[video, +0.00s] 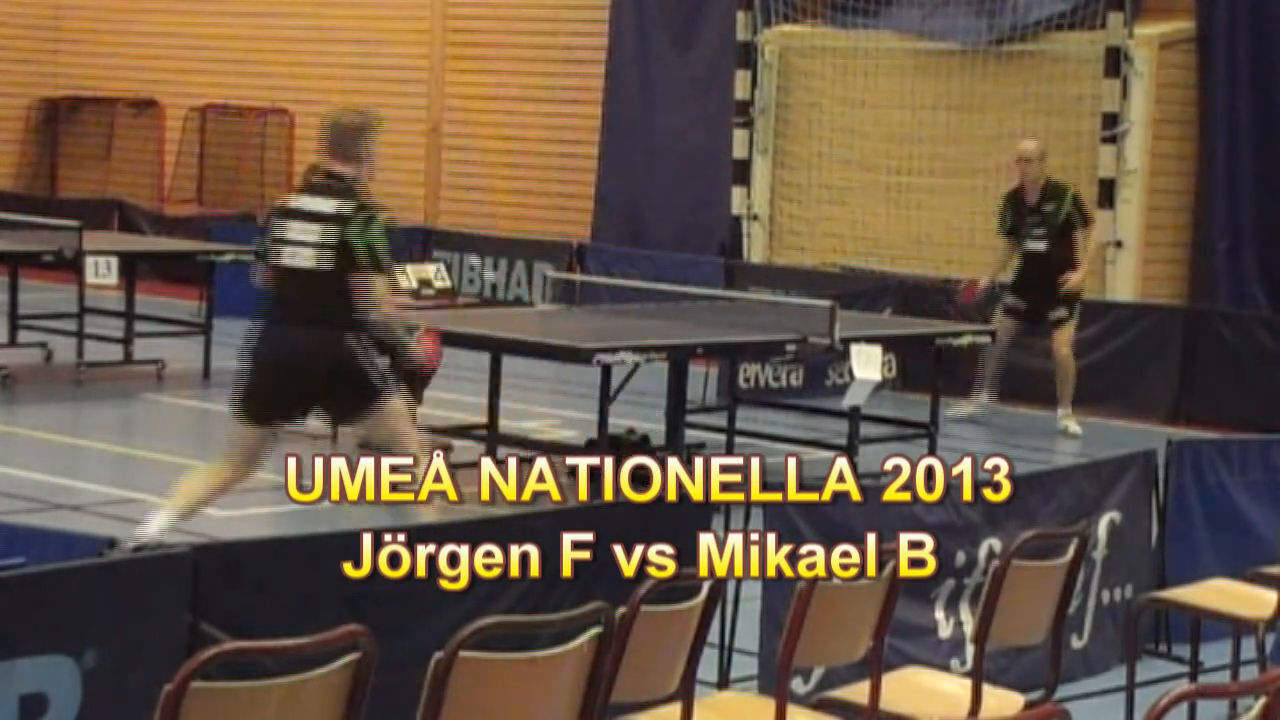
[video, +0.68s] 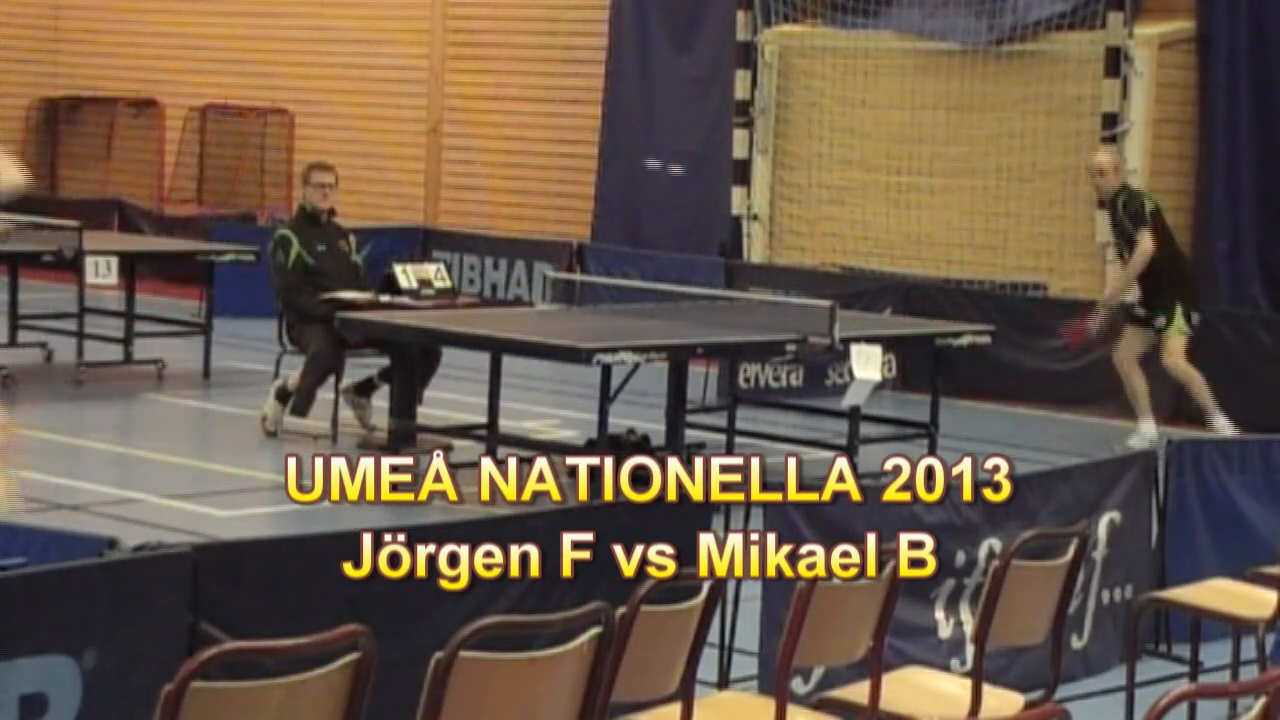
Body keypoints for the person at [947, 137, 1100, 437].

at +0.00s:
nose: (1023, 167)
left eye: (1029, 162)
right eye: (1019, 162)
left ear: (1043, 164)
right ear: (1015, 164)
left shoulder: (1065, 195)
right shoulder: (1012, 200)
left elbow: (1089, 234)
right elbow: (1010, 245)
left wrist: (1080, 272)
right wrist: (989, 276)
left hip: (1060, 278)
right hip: (1026, 276)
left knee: (1061, 348)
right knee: (999, 334)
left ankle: (1065, 413)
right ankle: (984, 397)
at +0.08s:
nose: (1031, 158)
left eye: (1037, 151)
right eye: (1028, 152)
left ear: (1051, 153)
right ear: (1023, 156)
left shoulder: (1076, 187)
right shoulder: (1026, 191)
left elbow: (1099, 224)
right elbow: (1023, 238)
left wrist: (1095, 260)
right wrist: (1000, 269)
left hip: (1076, 268)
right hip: (1044, 266)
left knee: (1070, 343)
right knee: (1018, 333)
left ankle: (1072, 411)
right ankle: (1025, 403)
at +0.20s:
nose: (1048, 157)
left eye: (1054, 150)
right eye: (1043, 151)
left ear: (1067, 151)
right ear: (1038, 154)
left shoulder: (1089, 184)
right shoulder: (1042, 191)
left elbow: (1117, 226)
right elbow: (1040, 240)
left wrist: (1103, 261)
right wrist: (1017, 267)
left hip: (1096, 270)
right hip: (1065, 270)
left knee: (1094, 341)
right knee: (1050, 341)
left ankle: (1119, 410)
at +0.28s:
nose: (1060, 165)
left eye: (1065, 159)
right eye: (1055, 160)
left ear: (1078, 159)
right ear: (1049, 163)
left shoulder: (1099, 191)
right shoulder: (1054, 200)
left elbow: (1129, 234)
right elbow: (1051, 248)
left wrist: (1107, 271)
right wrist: (1028, 274)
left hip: (1109, 280)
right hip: (1077, 280)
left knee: (1119, 349)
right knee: (1058, 348)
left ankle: (1153, 420)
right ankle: (1081, 418)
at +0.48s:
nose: (1081, 174)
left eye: (1086, 167)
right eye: (1076, 168)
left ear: (1102, 166)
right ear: (1073, 171)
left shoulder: (1124, 195)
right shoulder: (1090, 210)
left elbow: (1152, 234)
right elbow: (1090, 265)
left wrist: (1120, 273)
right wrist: (1062, 291)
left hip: (1151, 289)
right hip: (1119, 291)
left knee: (1159, 358)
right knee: (1092, 353)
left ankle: (1179, 425)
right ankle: (1089, 419)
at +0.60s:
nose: (1090, 173)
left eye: (1095, 166)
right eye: (1086, 167)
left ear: (1113, 166)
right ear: (1083, 171)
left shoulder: (1130, 192)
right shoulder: (1104, 204)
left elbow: (1154, 233)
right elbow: (1116, 266)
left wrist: (1126, 272)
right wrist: (1091, 300)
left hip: (1173, 287)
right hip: (1143, 290)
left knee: (1165, 352)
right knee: (1109, 347)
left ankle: (1195, 418)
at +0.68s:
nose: (1098, 180)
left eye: (1103, 172)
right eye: (1093, 174)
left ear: (1119, 172)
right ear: (1089, 177)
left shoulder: (1135, 201)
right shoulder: (1114, 209)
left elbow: (1147, 247)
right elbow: (1117, 260)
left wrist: (1118, 289)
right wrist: (1106, 304)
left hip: (1176, 292)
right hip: (1150, 295)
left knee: (1173, 360)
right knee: (1124, 356)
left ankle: (1220, 422)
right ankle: (1147, 427)